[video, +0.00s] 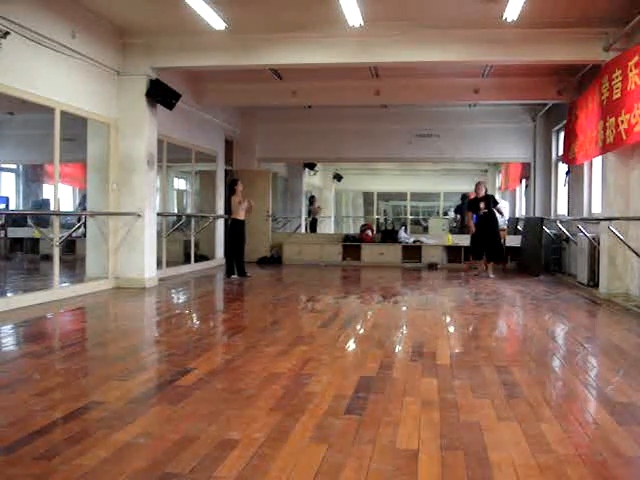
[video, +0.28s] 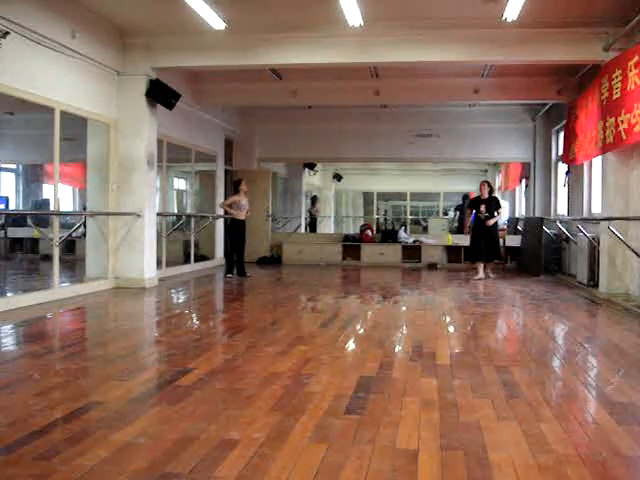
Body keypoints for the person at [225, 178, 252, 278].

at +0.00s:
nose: (242, 186)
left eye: (241, 184)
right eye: (239, 184)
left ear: (239, 187)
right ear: (235, 187)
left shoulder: (241, 198)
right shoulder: (234, 198)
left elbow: (245, 212)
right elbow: (236, 210)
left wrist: (250, 206)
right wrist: (244, 203)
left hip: (241, 221)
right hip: (235, 221)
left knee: (239, 248)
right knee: (232, 248)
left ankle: (241, 271)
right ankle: (230, 271)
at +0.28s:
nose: (246, 186)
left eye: (245, 185)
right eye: (244, 185)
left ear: (243, 187)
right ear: (239, 187)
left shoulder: (245, 198)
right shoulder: (235, 197)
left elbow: (245, 207)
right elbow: (223, 205)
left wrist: (247, 211)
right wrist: (233, 212)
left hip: (242, 221)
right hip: (234, 221)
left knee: (241, 247)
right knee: (232, 247)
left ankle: (241, 271)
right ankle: (229, 271)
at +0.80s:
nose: (237, 188)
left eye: (238, 185)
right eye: (235, 186)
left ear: (237, 187)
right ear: (230, 188)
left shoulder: (238, 198)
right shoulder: (224, 198)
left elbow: (243, 208)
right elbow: (215, 201)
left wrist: (242, 209)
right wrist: (218, 208)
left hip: (235, 220)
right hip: (226, 220)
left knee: (238, 248)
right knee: (223, 248)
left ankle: (241, 272)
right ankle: (222, 271)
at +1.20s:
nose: (231, 189)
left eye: (232, 187)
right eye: (229, 187)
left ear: (232, 188)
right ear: (224, 188)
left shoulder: (233, 197)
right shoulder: (219, 197)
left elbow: (237, 205)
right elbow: (206, 200)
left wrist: (235, 208)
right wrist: (214, 210)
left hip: (231, 220)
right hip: (222, 220)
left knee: (235, 247)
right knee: (222, 247)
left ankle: (239, 271)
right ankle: (222, 271)